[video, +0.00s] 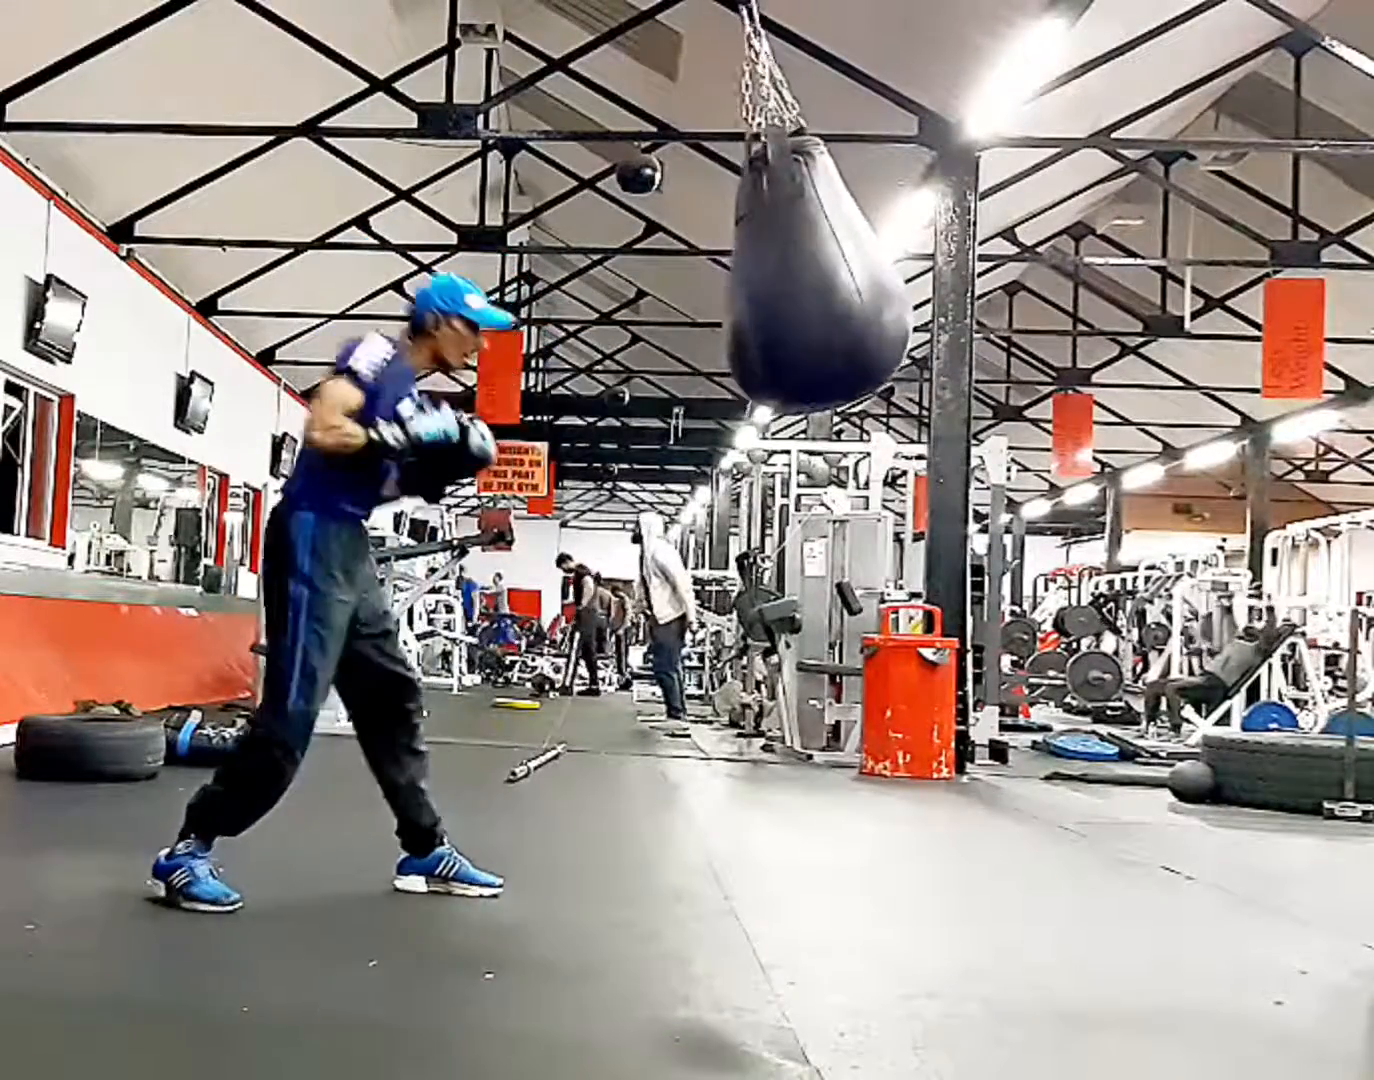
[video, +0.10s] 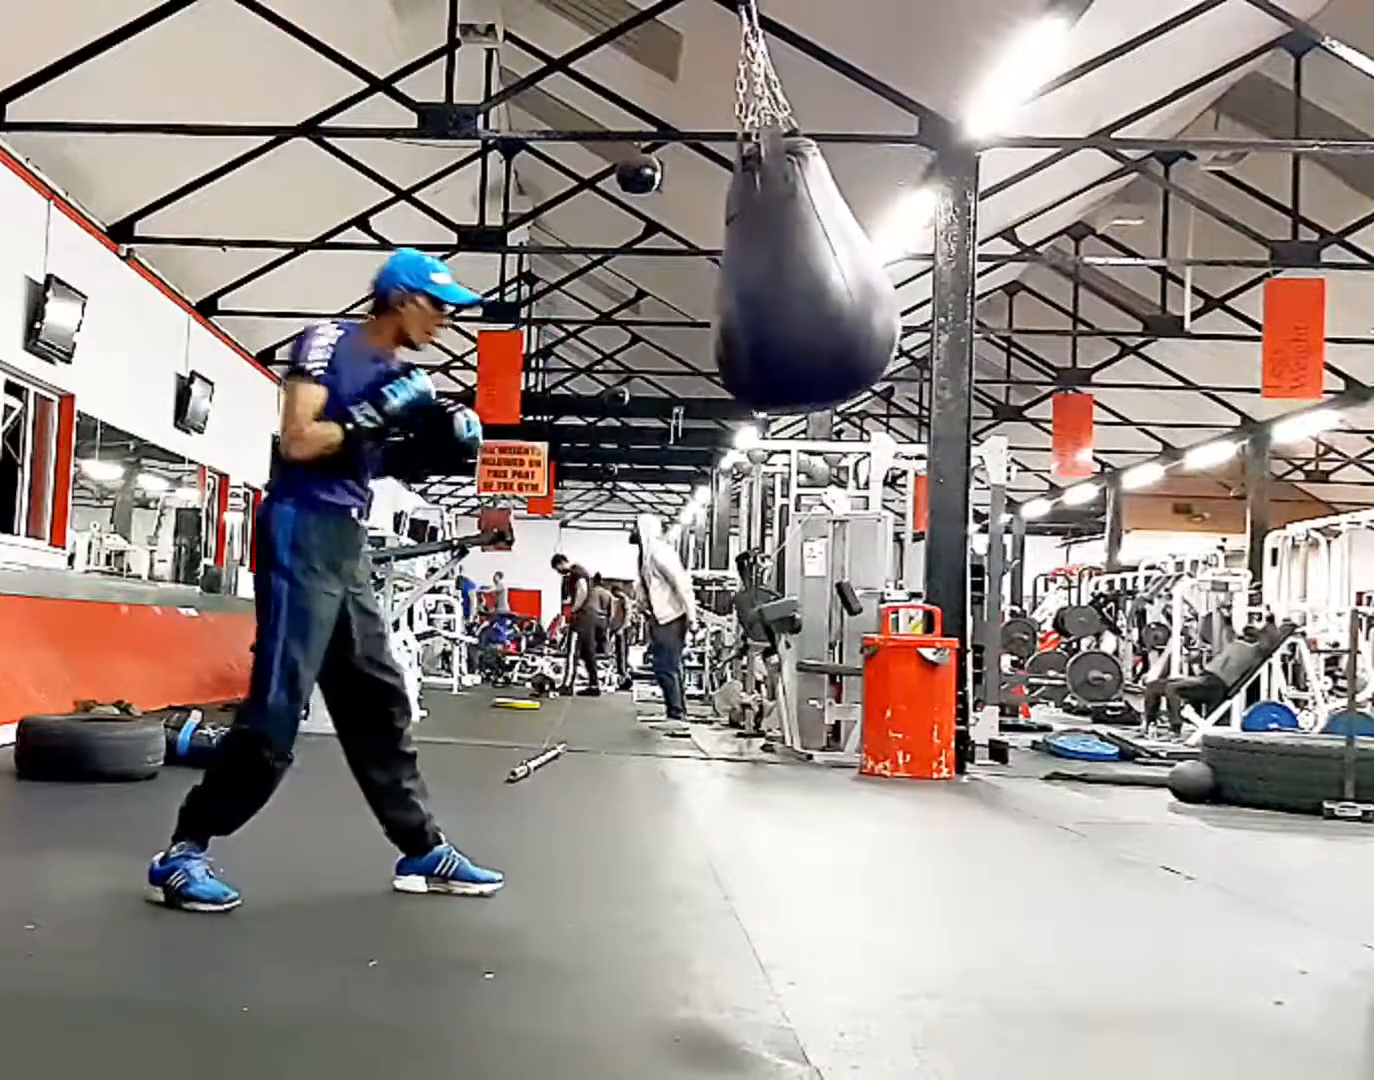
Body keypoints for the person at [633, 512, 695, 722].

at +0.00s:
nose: (633, 530)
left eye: (636, 526)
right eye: (634, 526)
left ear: (646, 529)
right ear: (649, 529)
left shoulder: (660, 551)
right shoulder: (647, 552)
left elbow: (681, 581)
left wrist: (691, 615)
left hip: (669, 616)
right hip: (659, 616)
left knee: (666, 667)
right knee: (668, 666)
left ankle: (676, 712)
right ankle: (676, 710)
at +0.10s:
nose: (631, 532)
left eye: (634, 528)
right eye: (632, 527)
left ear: (644, 530)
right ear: (647, 530)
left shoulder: (659, 551)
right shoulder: (645, 553)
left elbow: (680, 581)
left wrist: (691, 614)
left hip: (669, 617)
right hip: (658, 618)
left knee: (666, 667)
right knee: (669, 666)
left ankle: (676, 711)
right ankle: (675, 710)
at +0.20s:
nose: (628, 533)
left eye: (631, 528)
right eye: (629, 528)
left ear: (641, 531)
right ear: (646, 531)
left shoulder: (656, 552)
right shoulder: (646, 553)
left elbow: (680, 581)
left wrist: (690, 614)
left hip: (669, 618)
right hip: (661, 618)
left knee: (666, 668)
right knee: (671, 667)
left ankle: (676, 712)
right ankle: (677, 710)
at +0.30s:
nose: (626, 534)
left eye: (630, 529)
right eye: (627, 529)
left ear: (640, 532)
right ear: (642, 533)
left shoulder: (655, 554)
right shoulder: (643, 555)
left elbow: (679, 584)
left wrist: (685, 619)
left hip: (668, 620)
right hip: (659, 620)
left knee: (666, 670)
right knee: (672, 669)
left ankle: (676, 713)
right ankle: (678, 710)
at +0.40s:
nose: (628, 533)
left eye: (631, 529)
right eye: (629, 528)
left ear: (641, 531)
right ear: (645, 531)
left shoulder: (655, 554)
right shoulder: (646, 555)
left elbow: (668, 587)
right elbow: (654, 588)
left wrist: (665, 620)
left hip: (672, 616)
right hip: (665, 616)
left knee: (666, 668)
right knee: (673, 668)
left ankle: (676, 713)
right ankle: (678, 710)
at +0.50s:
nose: (635, 531)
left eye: (639, 526)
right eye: (637, 526)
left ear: (647, 527)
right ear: (656, 527)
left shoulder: (654, 548)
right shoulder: (660, 547)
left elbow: (656, 583)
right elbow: (646, 581)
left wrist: (643, 607)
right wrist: (634, 595)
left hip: (666, 611)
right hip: (674, 610)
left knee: (664, 665)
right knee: (672, 663)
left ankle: (675, 712)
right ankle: (678, 709)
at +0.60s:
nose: (642, 528)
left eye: (646, 524)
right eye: (644, 524)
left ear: (653, 526)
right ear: (663, 526)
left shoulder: (656, 548)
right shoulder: (669, 547)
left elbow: (645, 578)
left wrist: (620, 591)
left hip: (659, 612)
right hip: (671, 609)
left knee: (660, 662)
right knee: (670, 662)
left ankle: (675, 711)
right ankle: (679, 707)